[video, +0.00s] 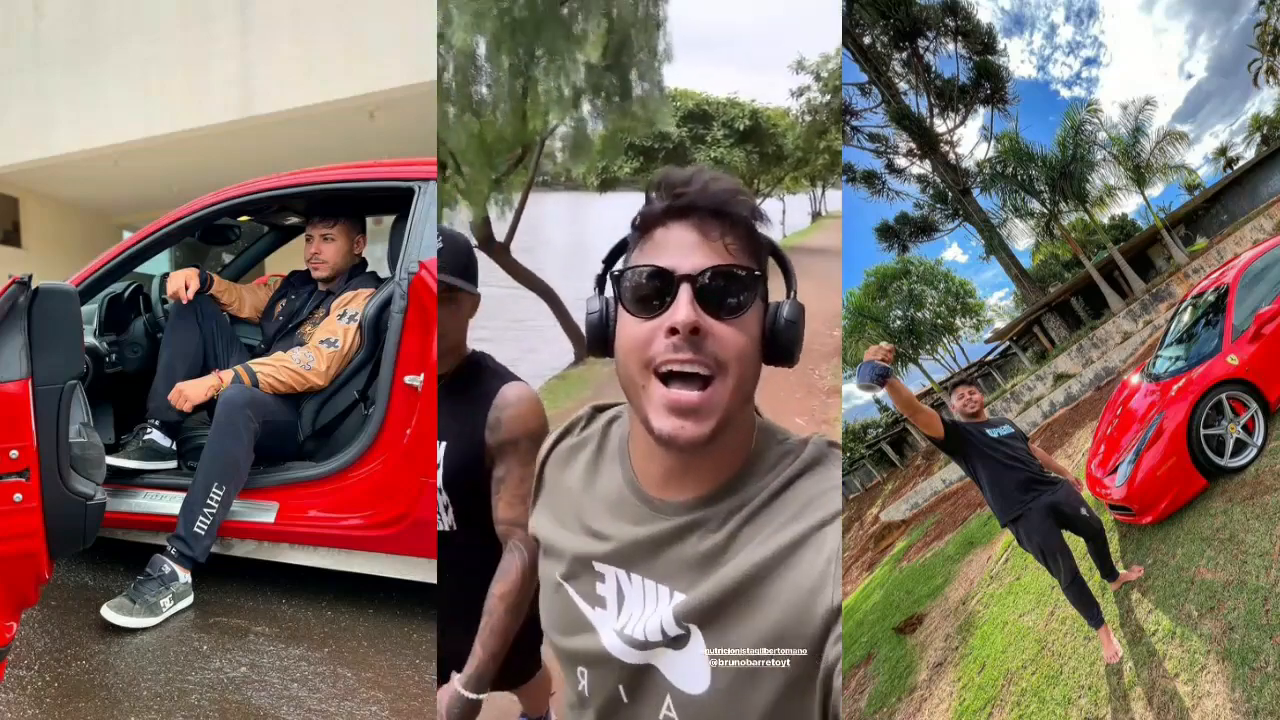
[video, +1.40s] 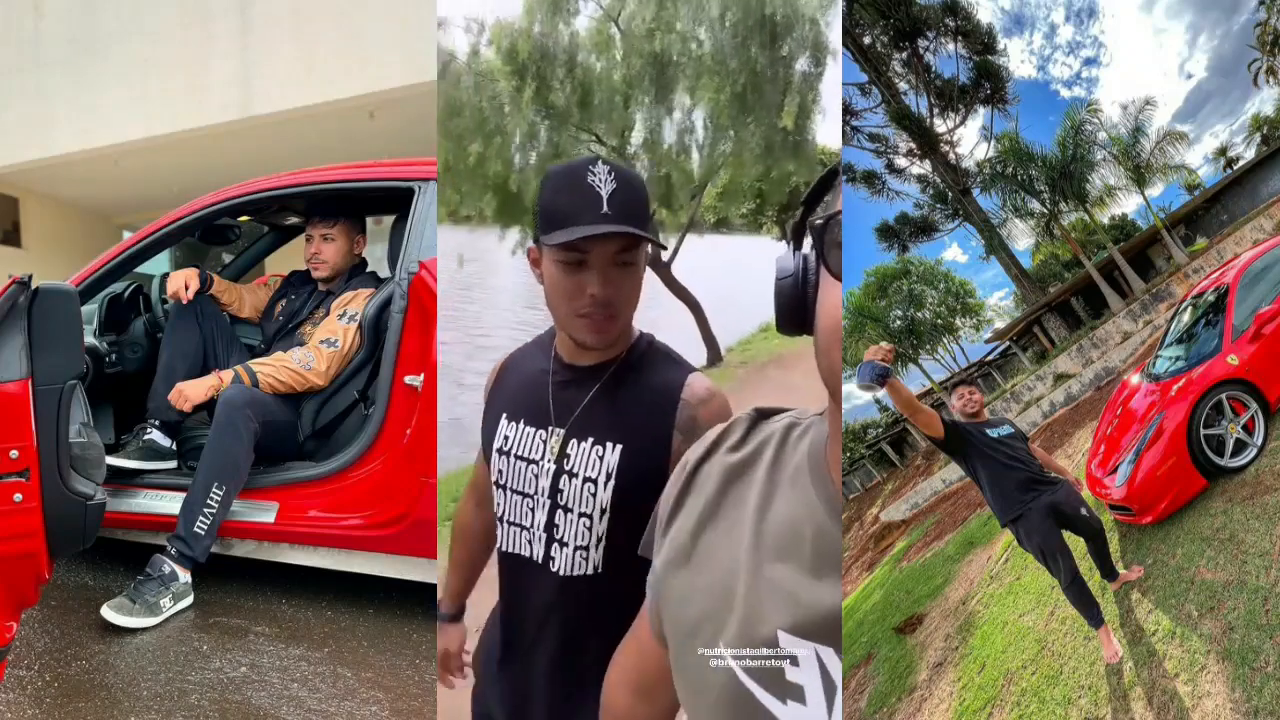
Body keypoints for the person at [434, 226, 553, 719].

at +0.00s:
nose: (428, 313)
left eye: (444, 298)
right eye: (419, 296)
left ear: (471, 305)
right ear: (399, 302)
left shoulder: (508, 404)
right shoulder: (387, 386)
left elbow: (520, 546)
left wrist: (469, 683)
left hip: (487, 598)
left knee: (523, 675)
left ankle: (540, 712)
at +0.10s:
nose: (467, 322)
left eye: (490, 305)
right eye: (454, 302)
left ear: (521, 316)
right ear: (439, 307)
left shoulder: (552, 411)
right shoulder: (440, 383)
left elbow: (564, 549)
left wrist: (529, 683)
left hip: (521, 649)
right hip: (454, 628)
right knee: (453, 709)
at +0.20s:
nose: (485, 305)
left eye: (507, 288)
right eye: (471, 285)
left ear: (537, 299)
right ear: (456, 290)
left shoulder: (571, 399)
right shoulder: (442, 378)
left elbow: (586, 531)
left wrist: (577, 650)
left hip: (539, 626)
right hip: (461, 615)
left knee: (546, 713)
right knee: (462, 711)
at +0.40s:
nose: (552, 281)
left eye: (572, 264)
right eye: (537, 261)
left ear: (594, 276)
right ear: (515, 266)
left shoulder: (624, 381)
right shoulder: (484, 360)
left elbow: (645, 505)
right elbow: (441, 471)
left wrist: (626, 600)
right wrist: (395, 545)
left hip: (576, 594)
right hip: (502, 578)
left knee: (547, 709)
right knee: (529, 679)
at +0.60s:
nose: (605, 318)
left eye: (625, 301)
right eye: (589, 297)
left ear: (641, 310)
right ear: (559, 299)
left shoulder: (664, 416)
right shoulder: (517, 393)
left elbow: (682, 530)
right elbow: (455, 497)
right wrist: (407, 579)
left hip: (620, 621)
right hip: (538, 614)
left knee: (606, 712)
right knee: (522, 707)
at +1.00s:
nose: (631, 293)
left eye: (654, 271)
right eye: (612, 268)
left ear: (673, 280)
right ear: (579, 271)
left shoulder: (702, 409)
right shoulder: (544, 371)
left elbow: (711, 556)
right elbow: (516, 475)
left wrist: (683, 691)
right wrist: (486, 571)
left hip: (629, 676)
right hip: (530, 647)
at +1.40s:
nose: (599, 290)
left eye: (622, 262)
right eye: (574, 263)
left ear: (645, 263)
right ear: (537, 265)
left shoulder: (691, 409)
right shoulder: (512, 376)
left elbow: (704, 577)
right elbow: (483, 500)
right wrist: (450, 608)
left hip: (613, 698)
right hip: (507, 680)